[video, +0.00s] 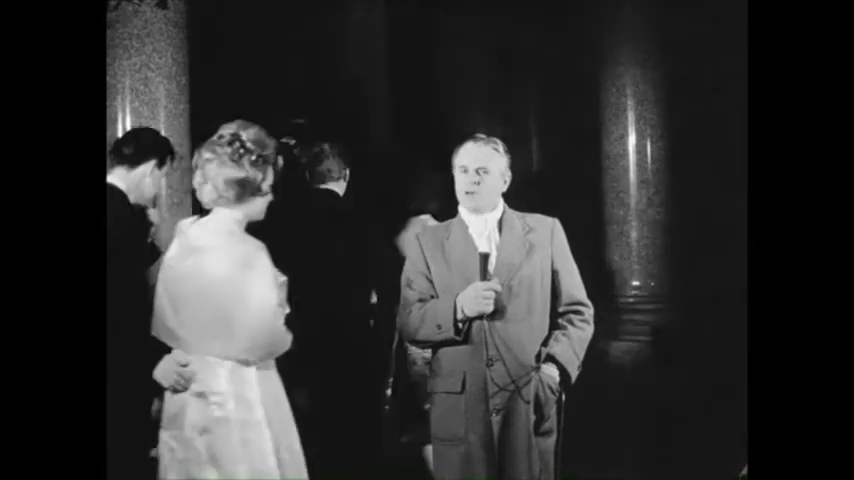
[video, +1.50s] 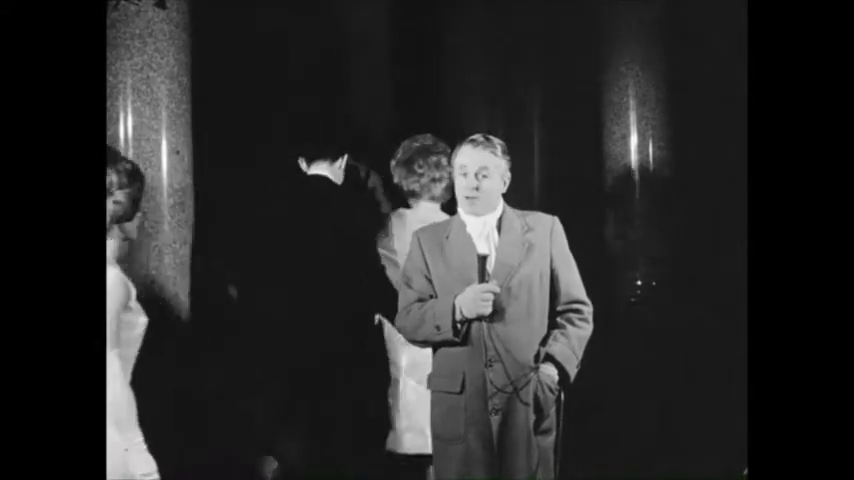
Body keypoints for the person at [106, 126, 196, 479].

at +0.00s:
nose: (162, 186)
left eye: (164, 176)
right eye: (163, 174)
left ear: (127, 161)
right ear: (150, 168)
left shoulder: (124, 214)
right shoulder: (122, 218)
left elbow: (125, 308)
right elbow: (116, 312)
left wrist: (161, 356)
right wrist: (152, 360)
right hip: (119, 393)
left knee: (128, 464)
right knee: (125, 465)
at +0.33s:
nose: (211, 182)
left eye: (214, 171)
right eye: (214, 170)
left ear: (172, 156)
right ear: (206, 164)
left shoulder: (128, 206)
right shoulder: (185, 213)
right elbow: (176, 305)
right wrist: (218, 354)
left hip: (135, 355)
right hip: (176, 363)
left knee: (144, 451)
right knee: (184, 456)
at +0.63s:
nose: (261, 174)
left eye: (263, 165)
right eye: (262, 165)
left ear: (217, 158)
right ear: (257, 165)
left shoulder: (178, 207)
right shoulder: (247, 215)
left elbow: (179, 298)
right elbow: (243, 299)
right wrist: (280, 352)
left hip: (186, 358)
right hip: (236, 364)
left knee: (193, 455)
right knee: (241, 458)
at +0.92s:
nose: (300, 166)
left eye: (300, 160)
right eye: (302, 159)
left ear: (255, 154)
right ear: (297, 159)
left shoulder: (223, 199)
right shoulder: (295, 211)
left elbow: (212, 282)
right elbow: (306, 287)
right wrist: (335, 339)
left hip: (234, 335)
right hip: (285, 342)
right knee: (283, 445)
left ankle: (249, 468)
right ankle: (278, 470)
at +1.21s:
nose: (327, 176)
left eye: (327, 168)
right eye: (326, 167)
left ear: (283, 166)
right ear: (321, 167)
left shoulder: (255, 206)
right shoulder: (324, 213)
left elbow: (244, 285)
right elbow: (340, 288)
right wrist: (382, 332)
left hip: (269, 338)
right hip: (321, 338)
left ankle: (286, 470)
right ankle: (327, 469)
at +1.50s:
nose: (345, 171)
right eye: (345, 164)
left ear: (300, 162)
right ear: (342, 162)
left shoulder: (276, 202)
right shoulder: (350, 204)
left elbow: (259, 270)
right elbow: (366, 272)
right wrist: (403, 314)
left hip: (290, 321)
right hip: (347, 326)